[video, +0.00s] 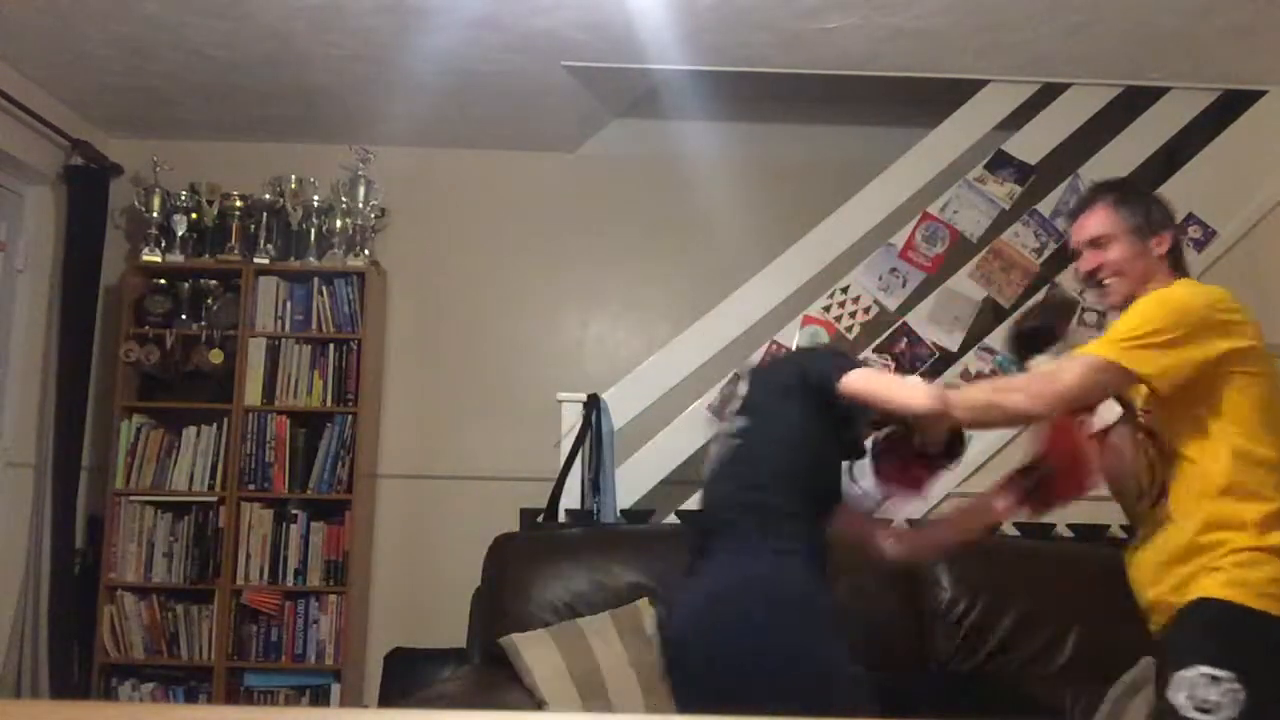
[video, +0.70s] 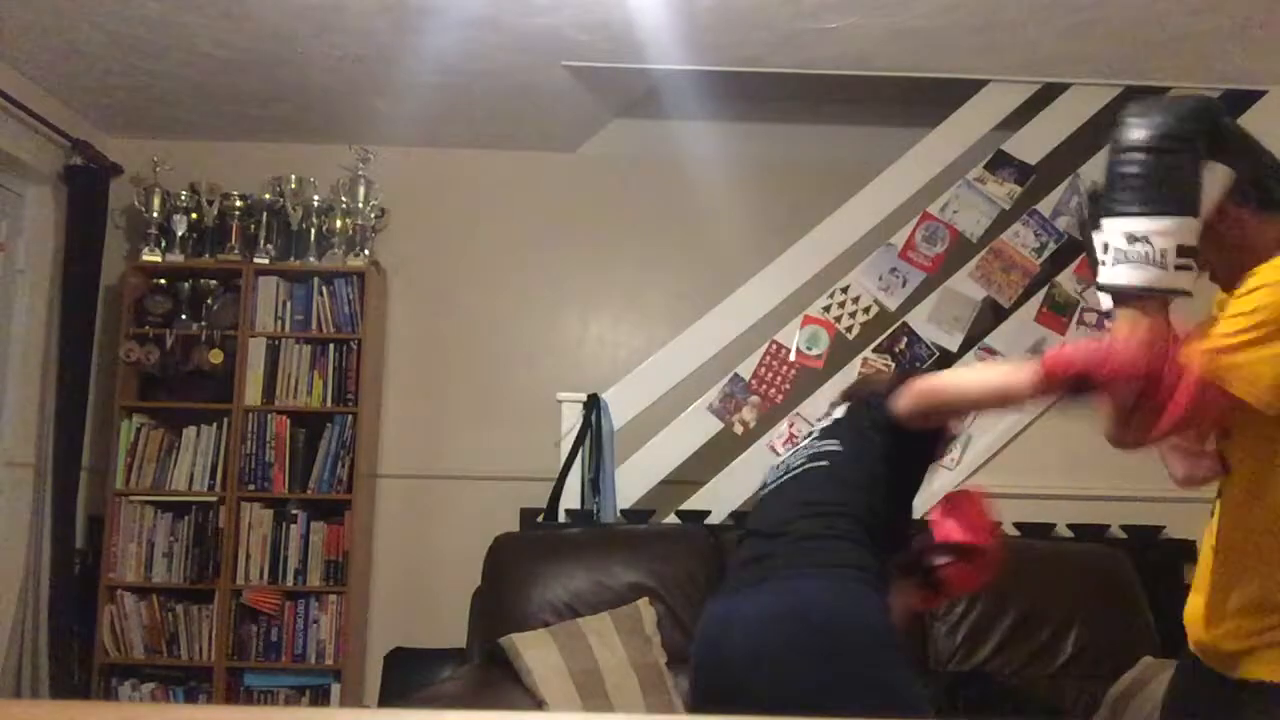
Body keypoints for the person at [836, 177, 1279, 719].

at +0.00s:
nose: (1085, 267)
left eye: (1100, 245)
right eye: (1078, 255)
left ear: (1159, 242)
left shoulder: (1191, 306)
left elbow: (1052, 393)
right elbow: (1149, 499)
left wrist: (930, 398)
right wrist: (1102, 423)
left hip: (1238, 587)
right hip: (1198, 594)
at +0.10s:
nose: (1106, 259)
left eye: (1123, 236)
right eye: (1096, 245)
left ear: (1183, 229)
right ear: (1088, 252)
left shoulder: (1213, 302)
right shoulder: (1157, 337)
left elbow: (1060, 402)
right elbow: (1119, 474)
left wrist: (978, 389)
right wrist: (1088, 357)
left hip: (1248, 586)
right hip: (1185, 602)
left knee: (1233, 704)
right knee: (1185, 707)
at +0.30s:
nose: (1159, 264)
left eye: (1178, 237)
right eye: (1145, 245)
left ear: (1244, 218)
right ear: (1133, 249)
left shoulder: (1267, 331)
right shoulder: (1196, 327)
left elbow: (1201, 508)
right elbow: (1142, 469)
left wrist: (1051, 426)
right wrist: (1141, 336)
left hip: (1247, 657)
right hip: (1191, 647)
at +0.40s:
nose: (1161, 298)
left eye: (1171, 275)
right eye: (1150, 277)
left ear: (1236, 246)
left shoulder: (1272, 374)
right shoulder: (1196, 334)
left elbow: (1195, 521)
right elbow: (1178, 464)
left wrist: (1112, 391)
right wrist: (1132, 361)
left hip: (1254, 666)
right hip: (1182, 643)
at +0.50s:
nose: (1193, 290)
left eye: (1191, 268)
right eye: (1176, 277)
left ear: (1239, 227)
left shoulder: (1270, 330)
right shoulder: (1208, 320)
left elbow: (1157, 456)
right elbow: (1153, 460)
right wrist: (1119, 305)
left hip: (1265, 666)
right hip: (1195, 652)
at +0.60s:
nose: (1186, 269)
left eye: (1183, 250)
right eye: (1167, 257)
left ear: (1228, 205)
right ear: (1229, 205)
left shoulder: (1268, 298)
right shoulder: (1246, 299)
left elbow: (1140, 414)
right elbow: (1176, 456)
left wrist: (1115, 288)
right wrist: (1127, 315)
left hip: (1256, 656)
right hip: (1211, 643)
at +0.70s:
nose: (1195, 264)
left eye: (1189, 244)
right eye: (1184, 248)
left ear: (1224, 217)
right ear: (1229, 213)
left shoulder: (1270, 293)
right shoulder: (1253, 295)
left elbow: (1130, 422)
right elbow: (1193, 462)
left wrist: (1136, 264)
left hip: (1257, 656)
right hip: (1226, 644)